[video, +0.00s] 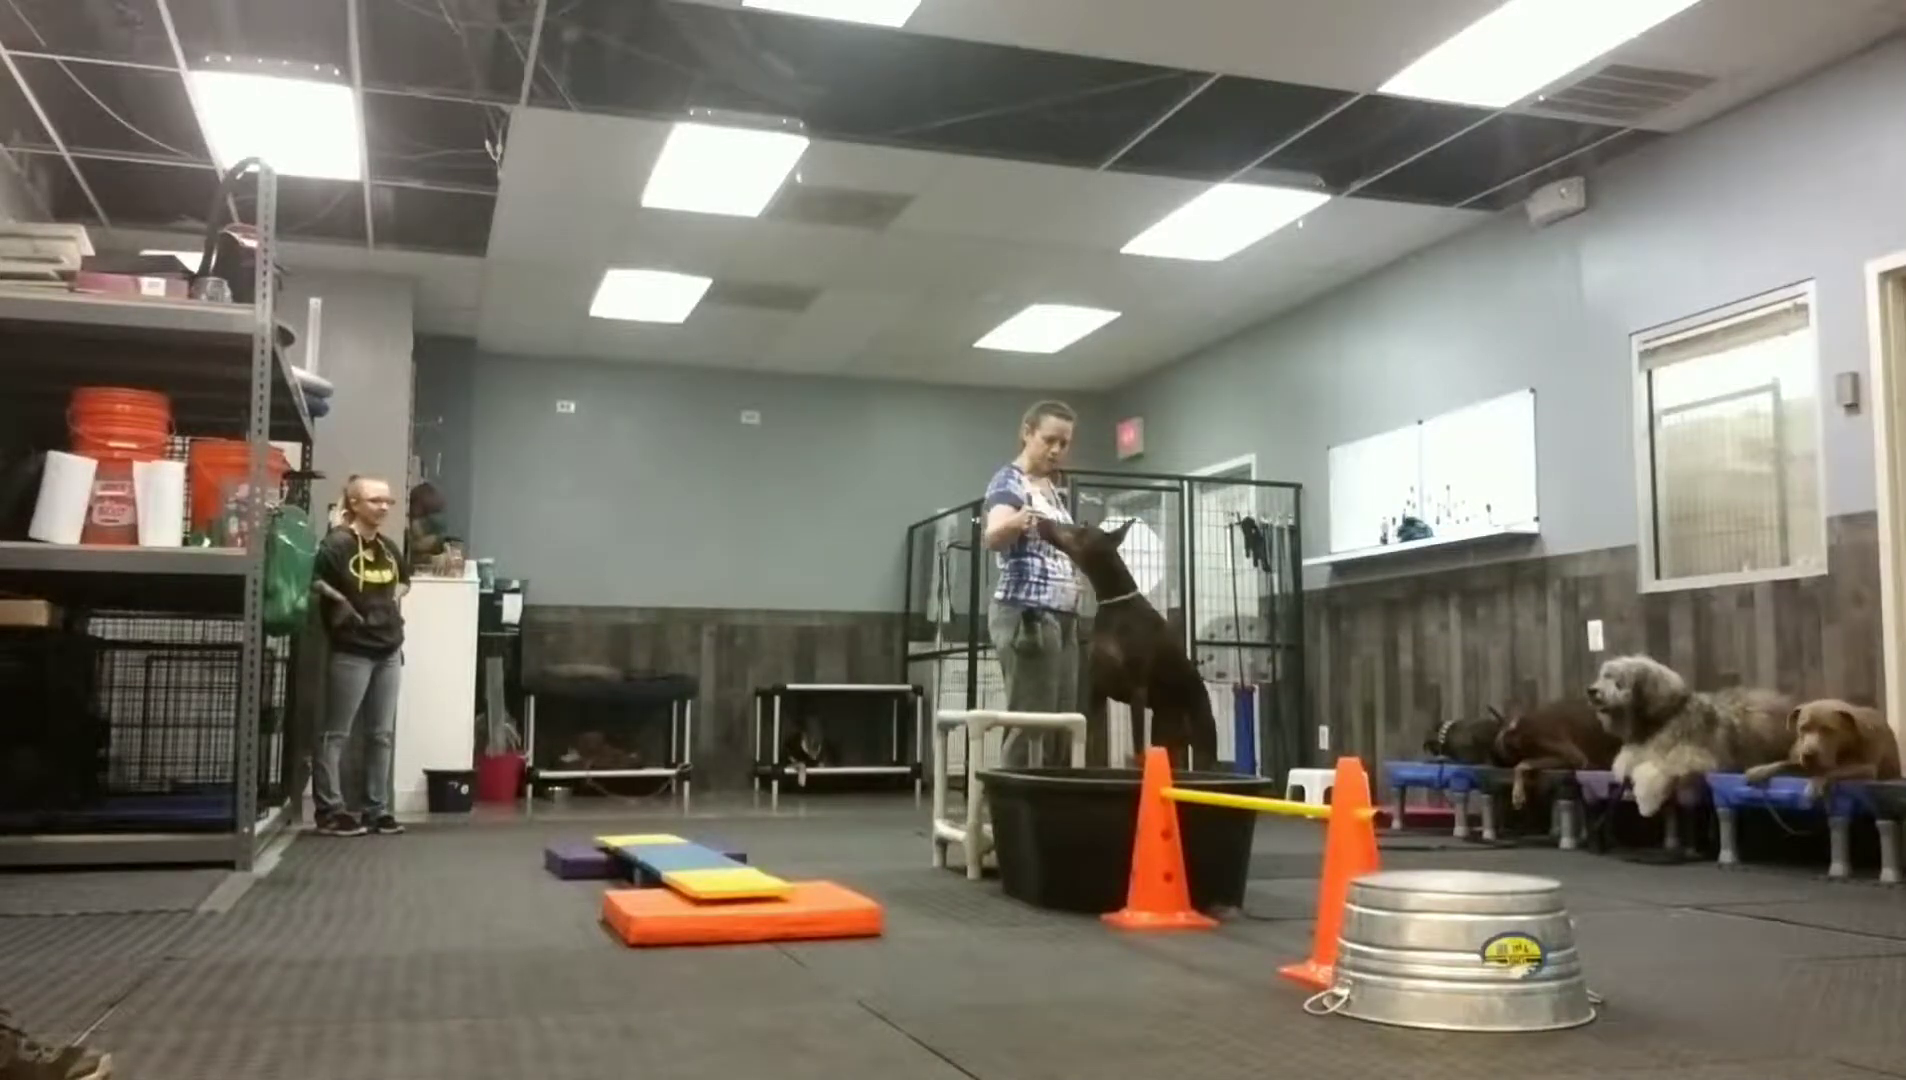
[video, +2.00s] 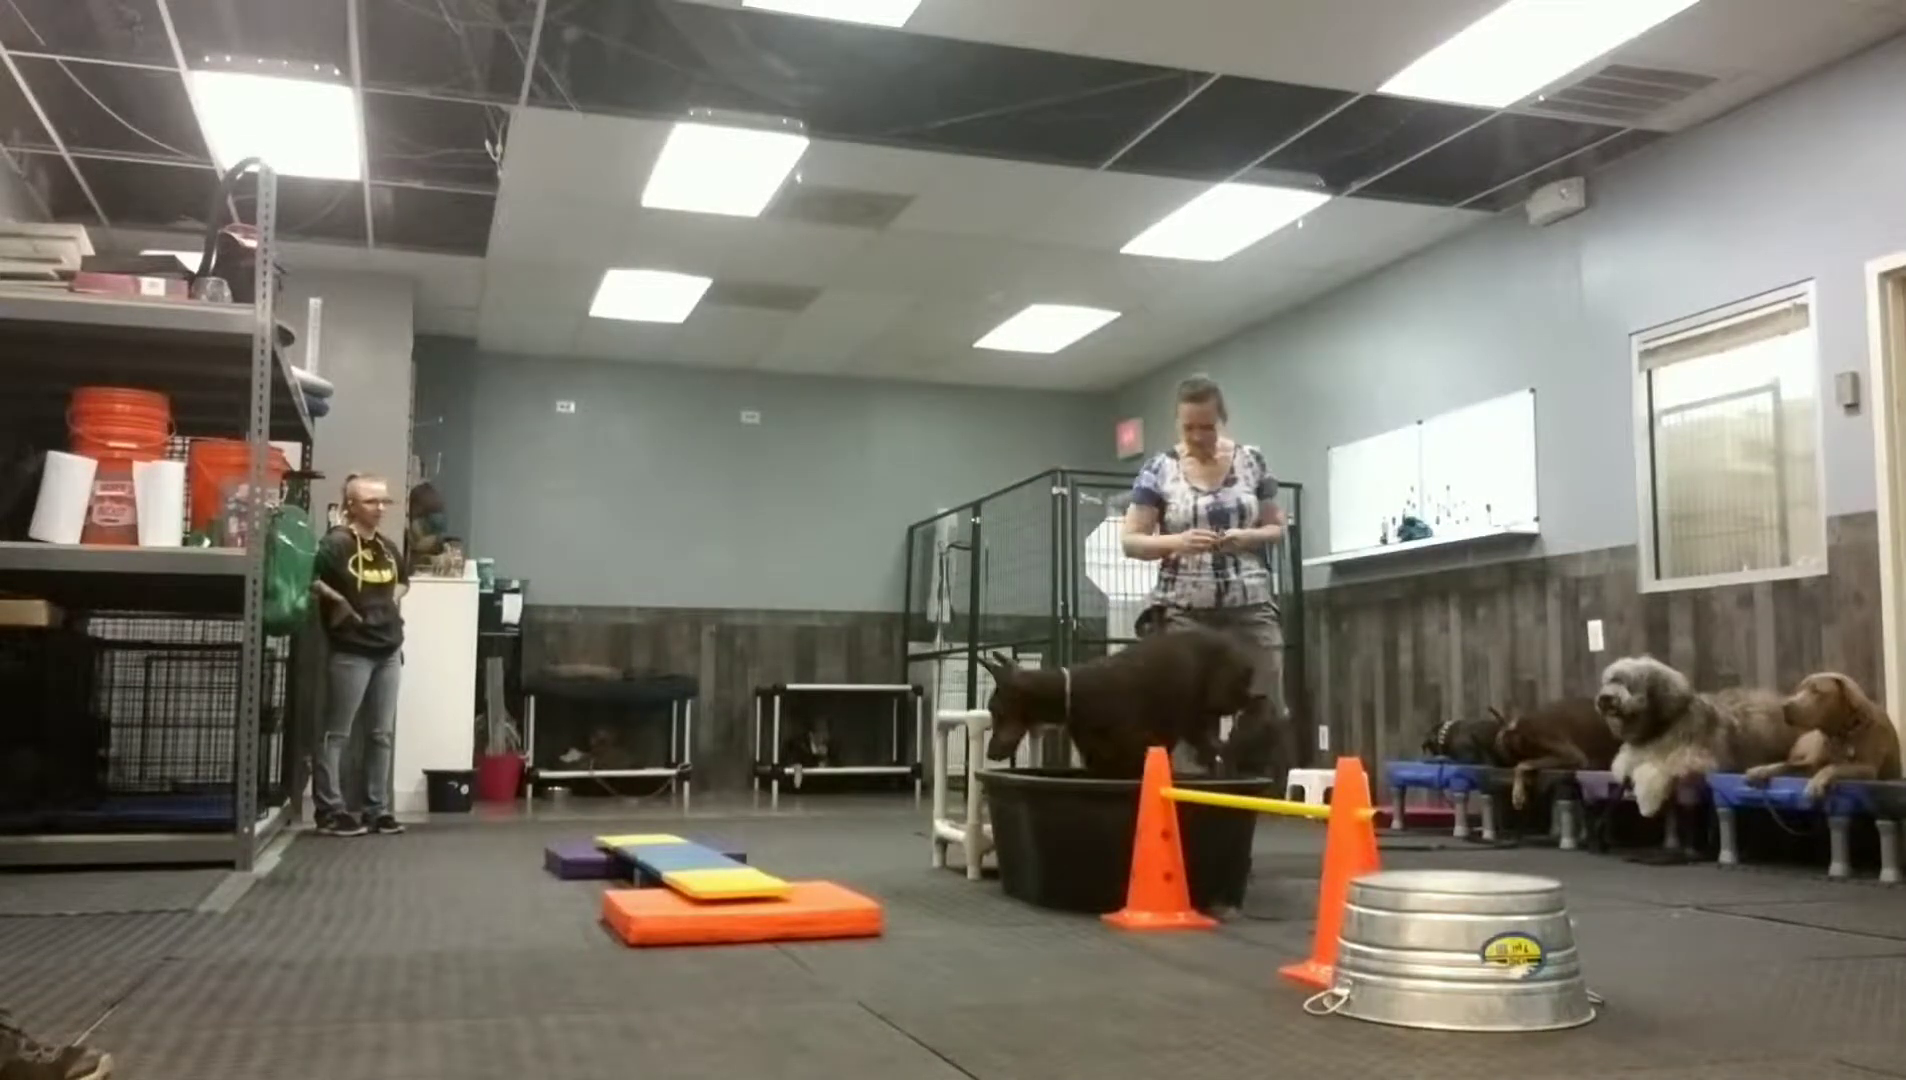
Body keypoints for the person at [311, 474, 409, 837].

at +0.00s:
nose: (384, 507)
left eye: (387, 501)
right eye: (376, 501)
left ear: (388, 506)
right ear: (355, 504)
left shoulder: (387, 546)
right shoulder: (338, 543)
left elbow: (401, 582)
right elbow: (317, 582)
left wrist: (392, 616)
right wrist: (344, 608)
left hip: (388, 649)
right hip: (352, 649)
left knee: (381, 734)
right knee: (337, 734)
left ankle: (376, 810)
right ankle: (329, 810)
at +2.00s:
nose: (379, 508)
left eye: (382, 502)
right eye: (371, 502)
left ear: (385, 505)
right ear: (351, 505)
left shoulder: (386, 545)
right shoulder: (336, 542)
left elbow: (401, 582)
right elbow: (312, 578)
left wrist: (392, 612)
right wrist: (340, 603)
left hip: (388, 649)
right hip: (351, 648)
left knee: (381, 734)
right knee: (337, 734)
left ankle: (376, 810)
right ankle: (329, 810)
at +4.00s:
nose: (389, 509)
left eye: (392, 503)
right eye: (381, 502)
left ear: (392, 507)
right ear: (358, 504)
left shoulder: (389, 547)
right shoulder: (338, 546)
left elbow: (403, 584)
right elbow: (317, 586)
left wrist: (394, 621)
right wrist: (347, 607)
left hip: (393, 649)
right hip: (355, 649)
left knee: (383, 734)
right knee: (338, 735)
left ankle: (377, 811)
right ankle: (330, 811)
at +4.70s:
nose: (390, 506)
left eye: (393, 500)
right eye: (382, 499)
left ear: (395, 505)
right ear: (361, 502)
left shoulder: (391, 545)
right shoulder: (341, 543)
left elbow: (409, 581)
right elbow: (315, 579)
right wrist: (345, 603)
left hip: (393, 649)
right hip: (355, 649)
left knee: (383, 735)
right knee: (338, 734)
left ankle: (378, 811)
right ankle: (330, 811)